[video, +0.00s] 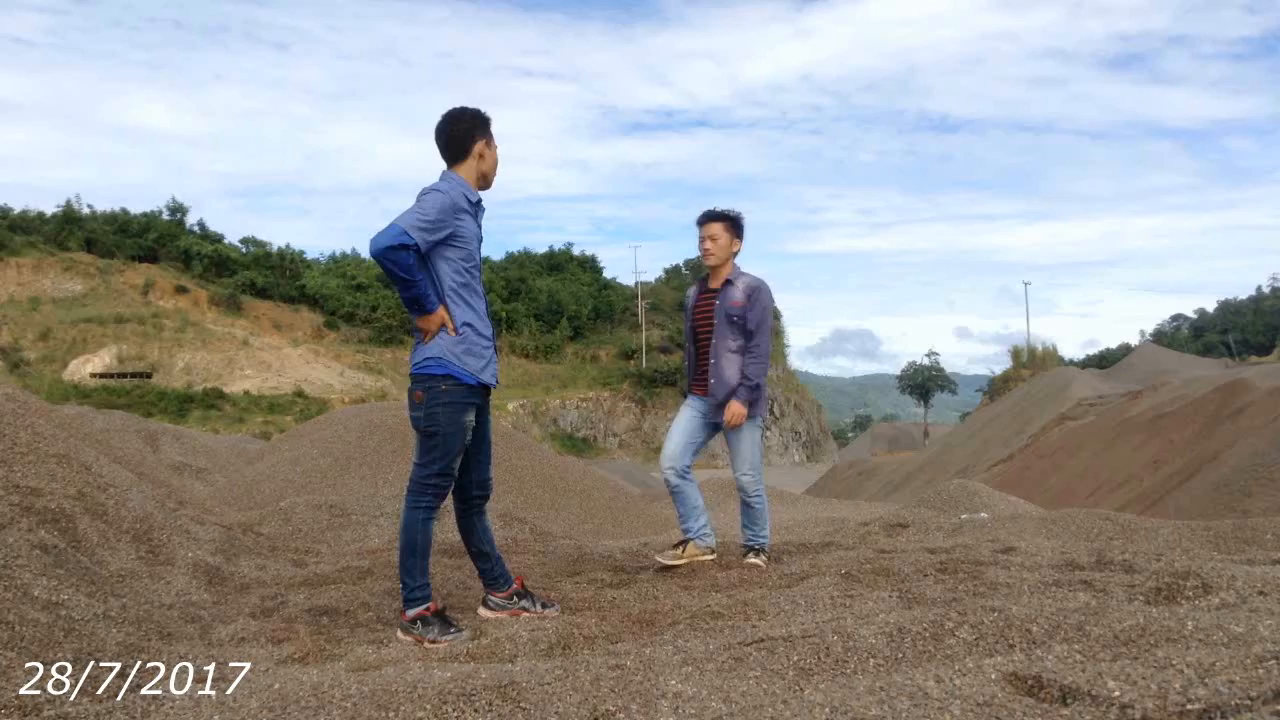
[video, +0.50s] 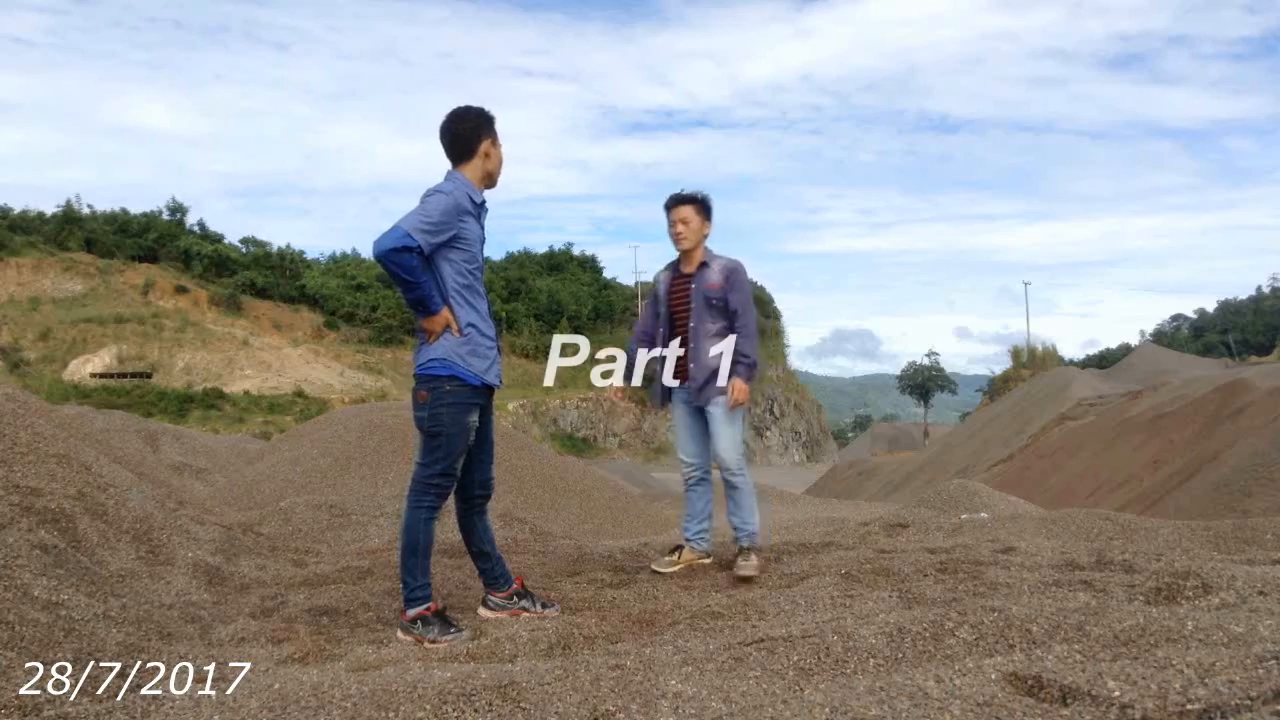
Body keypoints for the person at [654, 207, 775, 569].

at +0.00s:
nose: (705, 246)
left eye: (714, 239)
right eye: (702, 239)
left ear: (735, 244)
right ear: (699, 244)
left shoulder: (753, 290)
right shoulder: (694, 293)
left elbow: (760, 350)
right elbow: (692, 347)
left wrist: (743, 397)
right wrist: (694, 390)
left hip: (741, 400)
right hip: (700, 399)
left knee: (748, 479)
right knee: (672, 465)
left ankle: (756, 548)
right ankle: (699, 542)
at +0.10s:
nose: (699, 244)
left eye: (707, 238)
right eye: (696, 238)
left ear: (729, 242)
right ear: (693, 243)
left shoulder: (749, 289)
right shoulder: (688, 294)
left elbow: (756, 350)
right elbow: (689, 347)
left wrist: (741, 399)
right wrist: (688, 392)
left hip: (734, 400)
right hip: (694, 399)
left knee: (744, 480)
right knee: (669, 469)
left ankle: (756, 547)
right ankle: (698, 543)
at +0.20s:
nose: (691, 239)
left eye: (699, 232)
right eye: (687, 233)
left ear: (720, 236)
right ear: (683, 238)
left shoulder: (741, 282)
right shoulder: (681, 290)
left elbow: (752, 341)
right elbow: (679, 338)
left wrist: (742, 392)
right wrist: (677, 378)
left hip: (726, 394)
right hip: (686, 395)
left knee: (737, 473)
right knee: (671, 471)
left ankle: (755, 540)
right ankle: (696, 545)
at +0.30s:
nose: (685, 232)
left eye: (693, 224)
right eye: (680, 226)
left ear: (713, 228)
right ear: (676, 232)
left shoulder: (734, 273)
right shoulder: (672, 282)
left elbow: (748, 331)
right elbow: (664, 339)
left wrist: (743, 380)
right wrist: (659, 390)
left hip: (724, 387)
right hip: (681, 389)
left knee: (732, 462)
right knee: (680, 468)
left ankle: (747, 529)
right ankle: (694, 545)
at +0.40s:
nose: (681, 229)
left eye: (689, 222)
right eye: (676, 223)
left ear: (709, 225)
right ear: (672, 228)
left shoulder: (731, 269)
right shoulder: (666, 277)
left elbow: (747, 326)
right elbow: (650, 334)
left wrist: (742, 372)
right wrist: (638, 380)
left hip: (723, 382)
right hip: (681, 385)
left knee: (730, 458)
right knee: (690, 467)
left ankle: (745, 534)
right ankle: (695, 546)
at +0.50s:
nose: (678, 230)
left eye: (686, 223)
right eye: (673, 224)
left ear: (706, 226)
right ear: (669, 230)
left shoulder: (728, 271)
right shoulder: (665, 279)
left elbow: (746, 327)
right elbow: (645, 333)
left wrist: (742, 374)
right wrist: (627, 375)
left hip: (721, 385)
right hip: (680, 388)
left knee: (730, 465)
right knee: (693, 469)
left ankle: (747, 546)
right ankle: (696, 546)